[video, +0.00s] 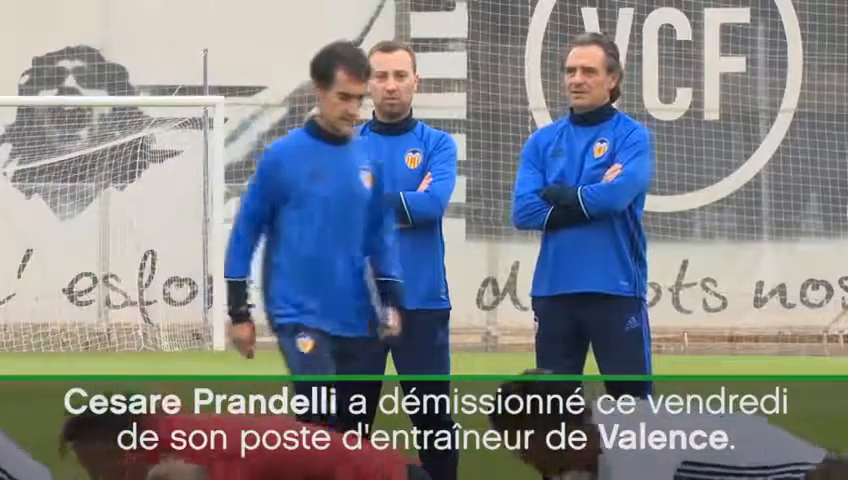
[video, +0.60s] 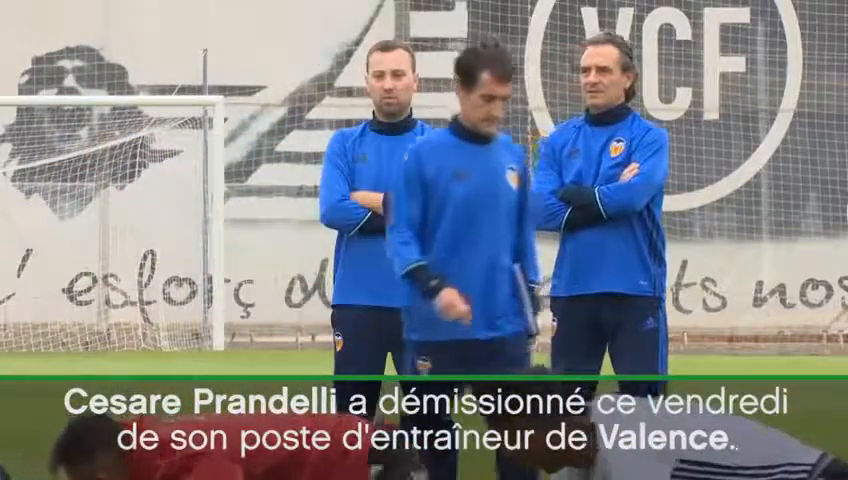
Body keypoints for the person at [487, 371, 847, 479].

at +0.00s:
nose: (525, 457)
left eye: (521, 447)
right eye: (518, 447)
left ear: (541, 439)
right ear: (569, 406)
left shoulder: (630, 465)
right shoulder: (606, 414)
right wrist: (569, 474)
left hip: (809, 469)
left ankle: (819, 464)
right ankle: (818, 461)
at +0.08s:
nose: (514, 452)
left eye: (512, 439)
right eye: (507, 441)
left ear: (539, 433)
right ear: (561, 409)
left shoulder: (620, 463)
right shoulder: (603, 419)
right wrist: (564, 473)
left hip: (811, 472)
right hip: (809, 463)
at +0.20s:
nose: (503, 455)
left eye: (499, 442)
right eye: (495, 444)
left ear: (525, 432)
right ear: (542, 409)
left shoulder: (610, 465)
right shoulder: (591, 418)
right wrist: (554, 471)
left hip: (801, 472)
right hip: (801, 460)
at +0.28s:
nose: (501, 454)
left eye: (497, 442)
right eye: (493, 444)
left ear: (522, 431)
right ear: (539, 407)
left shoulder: (607, 465)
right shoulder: (590, 415)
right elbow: (555, 470)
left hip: (799, 472)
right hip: (800, 460)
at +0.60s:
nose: (516, 454)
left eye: (515, 442)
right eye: (508, 442)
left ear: (545, 437)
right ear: (555, 414)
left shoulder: (626, 461)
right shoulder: (601, 417)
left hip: (814, 471)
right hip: (806, 462)